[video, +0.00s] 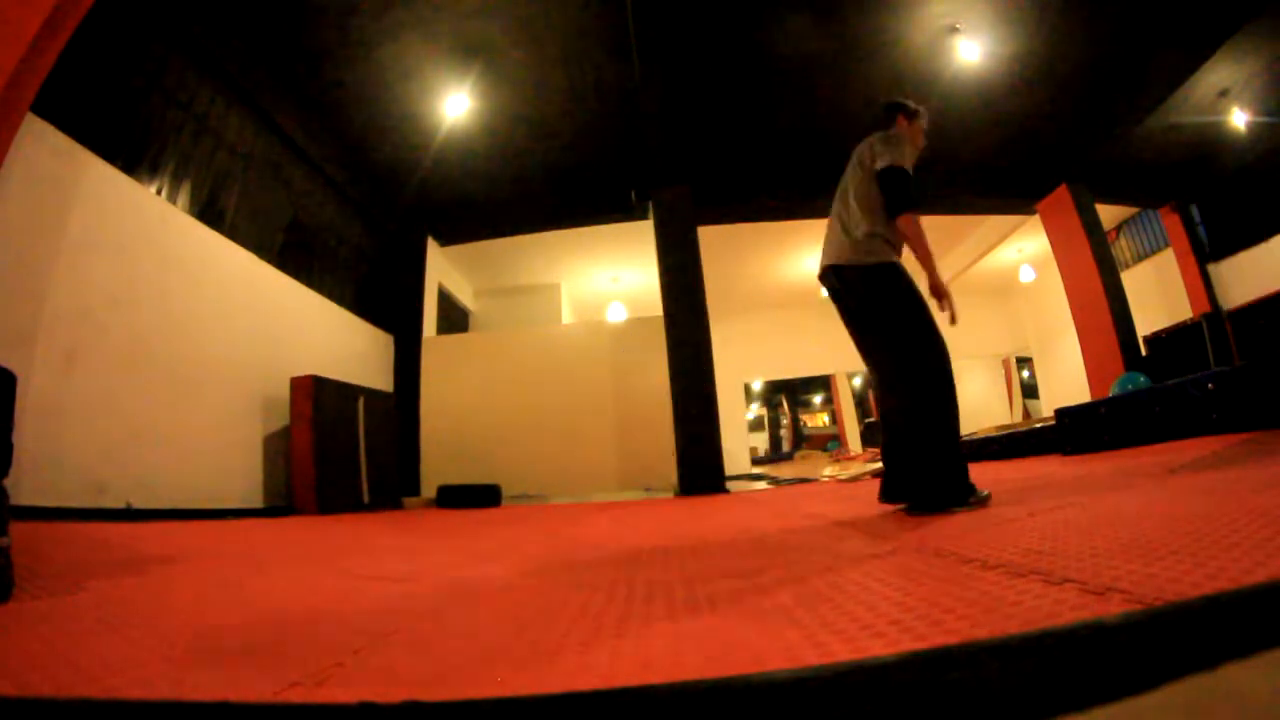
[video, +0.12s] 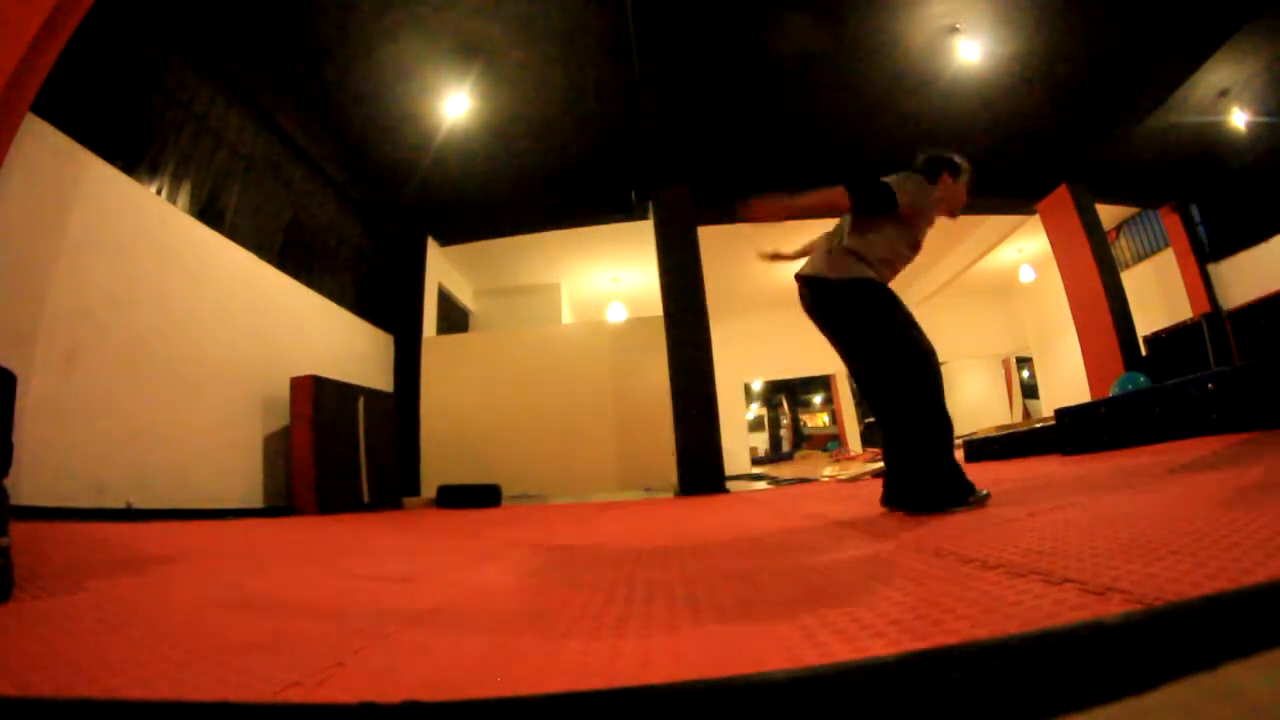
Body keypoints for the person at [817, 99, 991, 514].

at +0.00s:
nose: (922, 139)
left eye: (923, 132)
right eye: (919, 129)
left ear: (892, 122)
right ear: (903, 121)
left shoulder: (868, 152)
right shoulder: (890, 143)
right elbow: (901, 210)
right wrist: (933, 276)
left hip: (844, 270)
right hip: (870, 266)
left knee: (893, 374)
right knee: (928, 365)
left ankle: (902, 480)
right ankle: (943, 484)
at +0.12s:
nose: (964, 200)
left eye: (966, 191)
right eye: (964, 188)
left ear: (942, 184)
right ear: (945, 180)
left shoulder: (911, 208)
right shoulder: (913, 189)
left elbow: (840, 234)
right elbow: (845, 199)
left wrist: (794, 253)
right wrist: (784, 206)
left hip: (831, 284)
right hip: (844, 283)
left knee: (890, 379)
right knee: (917, 368)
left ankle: (906, 486)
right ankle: (939, 485)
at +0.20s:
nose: (975, 250)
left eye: (977, 240)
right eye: (974, 238)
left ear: (951, 231)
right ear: (957, 230)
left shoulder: (905, 247)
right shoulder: (918, 224)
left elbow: (849, 226)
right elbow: (850, 184)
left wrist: (812, 208)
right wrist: (794, 146)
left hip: (822, 316)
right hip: (842, 310)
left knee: (890, 393)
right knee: (928, 361)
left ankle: (903, 486)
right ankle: (935, 484)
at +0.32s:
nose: (977, 278)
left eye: (977, 268)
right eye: (974, 267)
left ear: (952, 265)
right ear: (954, 262)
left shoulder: (909, 282)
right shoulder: (918, 262)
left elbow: (842, 272)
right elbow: (847, 236)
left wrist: (793, 262)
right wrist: (789, 206)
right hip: (833, 357)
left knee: (905, 398)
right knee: (939, 364)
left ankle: (905, 488)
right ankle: (943, 488)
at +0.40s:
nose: (952, 253)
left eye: (951, 244)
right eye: (948, 243)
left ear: (925, 243)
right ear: (932, 241)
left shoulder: (907, 275)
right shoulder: (900, 266)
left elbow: (838, 320)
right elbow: (835, 319)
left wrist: (794, 363)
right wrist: (796, 367)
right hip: (843, 377)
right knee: (950, 372)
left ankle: (908, 488)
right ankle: (940, 490)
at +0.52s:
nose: (833, 201)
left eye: (825, 197)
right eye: (823, 198)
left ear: (807, 223)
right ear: (814, 211)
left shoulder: (821, 258)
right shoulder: (839, 240)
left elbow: (891, 298)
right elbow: (903, 256)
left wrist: (939, 278)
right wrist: (963, 253)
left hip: (847, 388)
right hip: (868, 374)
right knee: (960, 376)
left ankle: (910, 485)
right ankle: (944, 487)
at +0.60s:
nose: (755, 196)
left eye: (746, 197)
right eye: (748, 199)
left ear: (752, 238)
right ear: (753, 211)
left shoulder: (782, 241)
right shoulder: (789, 222)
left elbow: (796, 174)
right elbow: (808, 138)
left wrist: (782, 148)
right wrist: (791, 108)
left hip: (860, 366)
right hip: (875, 351)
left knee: (946, 386)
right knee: (971, 370)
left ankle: (922, 475)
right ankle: (944, 479)